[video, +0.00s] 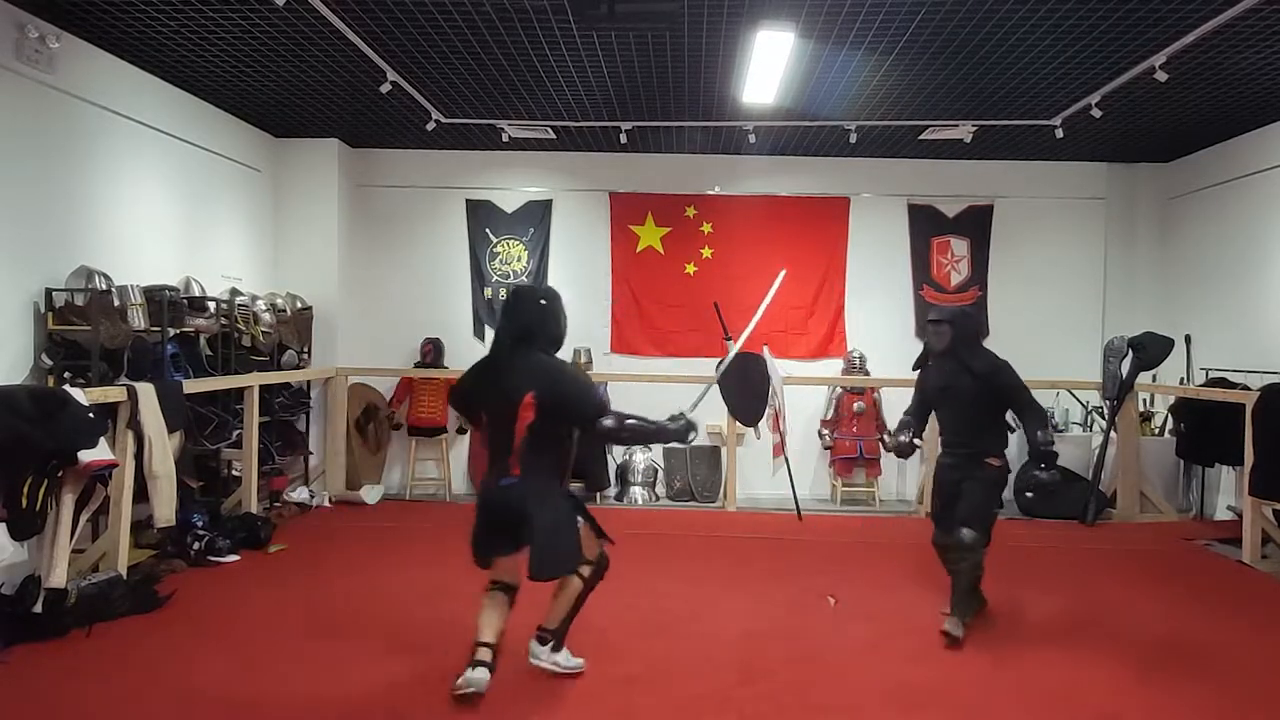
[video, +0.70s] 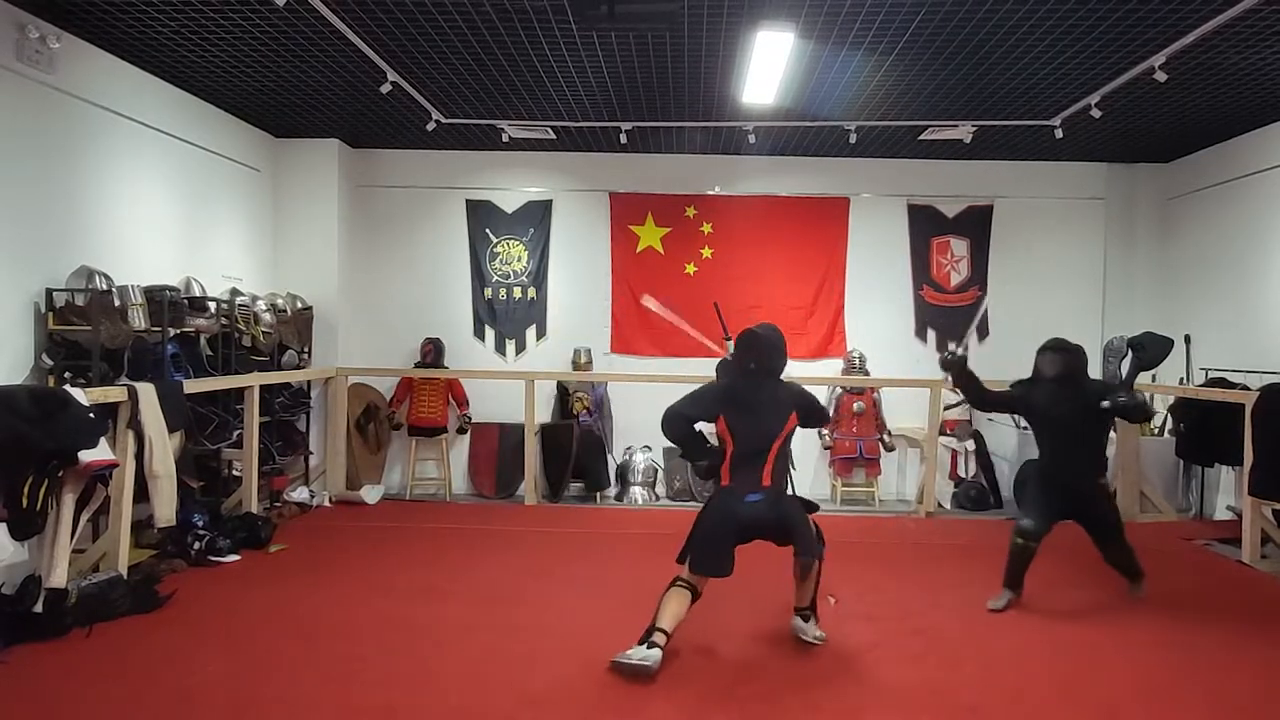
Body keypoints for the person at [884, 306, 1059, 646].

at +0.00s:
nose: (932, 331)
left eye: (940, 324)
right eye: (929, 324)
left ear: (959, 328)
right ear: (925, 328)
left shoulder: (990, 368)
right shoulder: (930, 371)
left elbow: (1031, 411)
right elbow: (917, 412)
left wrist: (1041, 445)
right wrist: (905, 434)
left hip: (986, 464)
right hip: (949, 462)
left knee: (968, 538)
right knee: (943, 540)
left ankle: (957, 615)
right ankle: (972, 597)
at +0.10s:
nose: (940, 337)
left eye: (948, 329)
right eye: (938, 330)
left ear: (969, 331)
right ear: (936, 333)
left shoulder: (1000, 368)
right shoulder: (939, 373)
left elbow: (1044, 411)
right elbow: (924, 412)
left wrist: (1050, 457)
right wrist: (913, 435)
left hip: (1001, 462)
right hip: (962, 460)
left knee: (981, 535)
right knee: (949, 535)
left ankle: (989, 607)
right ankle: (971, 596)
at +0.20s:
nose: (954, 338)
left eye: (961, 331)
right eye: (950, 331)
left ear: (981, 333)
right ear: (946, 335)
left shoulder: (1011, 368)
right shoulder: (952, 372)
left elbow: (1058, 409)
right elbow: (928, 403)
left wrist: (1059, 455)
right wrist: (905, 421)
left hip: (1013, 463)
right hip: (972, 462)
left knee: (1003, 537)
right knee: (953, 533)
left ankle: (1035, 595)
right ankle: (971, 597)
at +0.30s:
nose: (971, 342)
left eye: (978, 335)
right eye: (968, 336)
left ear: (997, 338)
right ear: (964, 341)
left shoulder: (1025, 370)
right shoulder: (964, 374)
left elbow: (1077, 405)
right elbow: (928, 389)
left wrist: (1069, 440)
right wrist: (905, 387)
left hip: (1024, 470)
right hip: (984, 469)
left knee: (1039, 548)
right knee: (959, 533)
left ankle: (1077, 575)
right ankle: (971, 597)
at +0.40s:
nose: (989, 345)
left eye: (996, 339)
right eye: (986, 339)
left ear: (1016, 341)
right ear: (983, 342)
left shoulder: (1043, 369)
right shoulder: (982, 374)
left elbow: (1099, 389)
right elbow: (942, 376)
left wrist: (1097, 420)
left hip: (1043, 473)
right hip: (1003, 474)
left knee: (1077, 544)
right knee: (977, 534)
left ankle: (1109, 565)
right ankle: (972, 597)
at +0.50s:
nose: (1011, 353)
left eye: (1019, 346)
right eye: (1009, 346)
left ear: (1037, 350)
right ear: (1005, 348)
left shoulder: (1064, 377)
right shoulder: (1004, 377)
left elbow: (1111, 386)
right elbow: (972, 365)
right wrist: (965, 335)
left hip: (1066, 477)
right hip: (1025, 476)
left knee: (1094, 540)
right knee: (1000, 535)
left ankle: (1126, 570)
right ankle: (985, 594)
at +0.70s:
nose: (1049, 367)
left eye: (1056, 361)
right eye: (1043, 361)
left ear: (1073, 366)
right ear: (1037, 364)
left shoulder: (1099, 392)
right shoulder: (1031, 395)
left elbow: (1142, 413)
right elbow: (983, 399)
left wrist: (1130, 406)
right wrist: (960, 371)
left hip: (1089, 488)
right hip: (1048, 485)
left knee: (1114, 549)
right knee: (1026, 532)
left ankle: (1136, 578)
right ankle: (1010, 590)